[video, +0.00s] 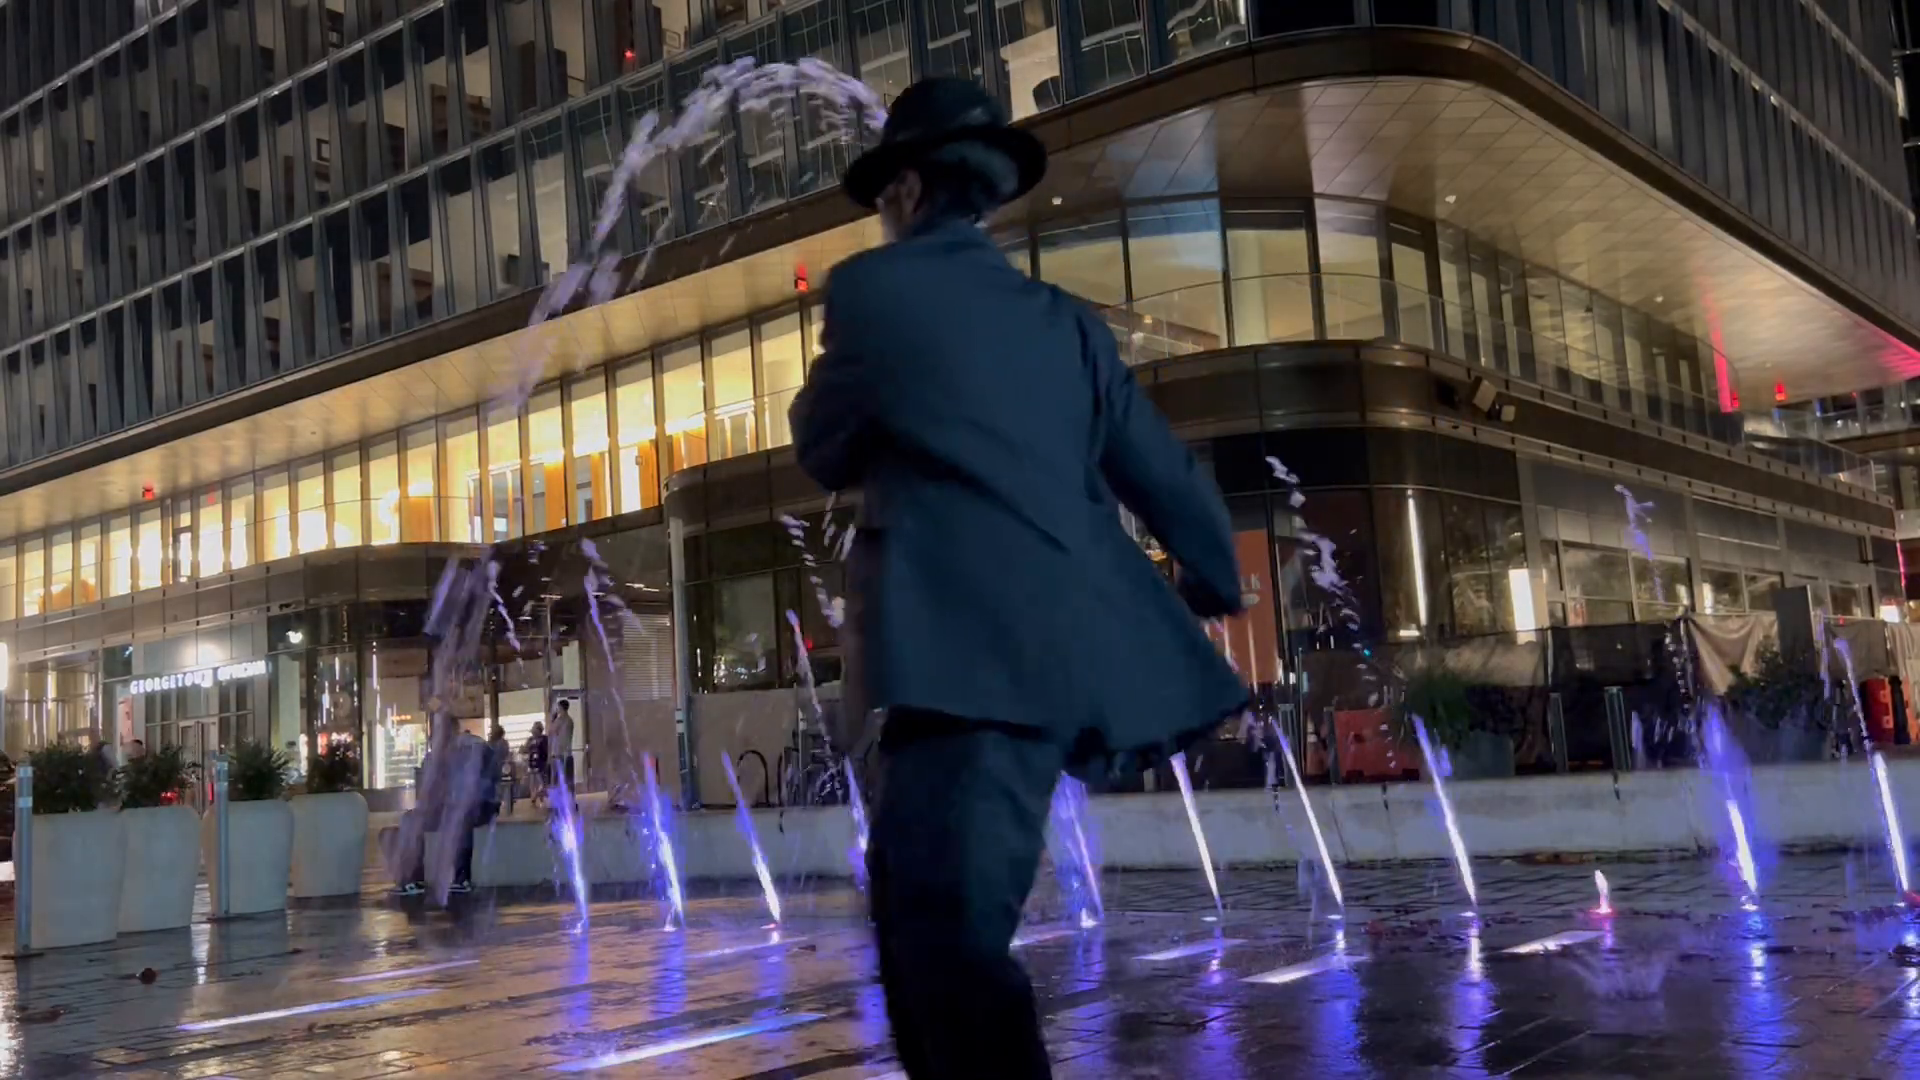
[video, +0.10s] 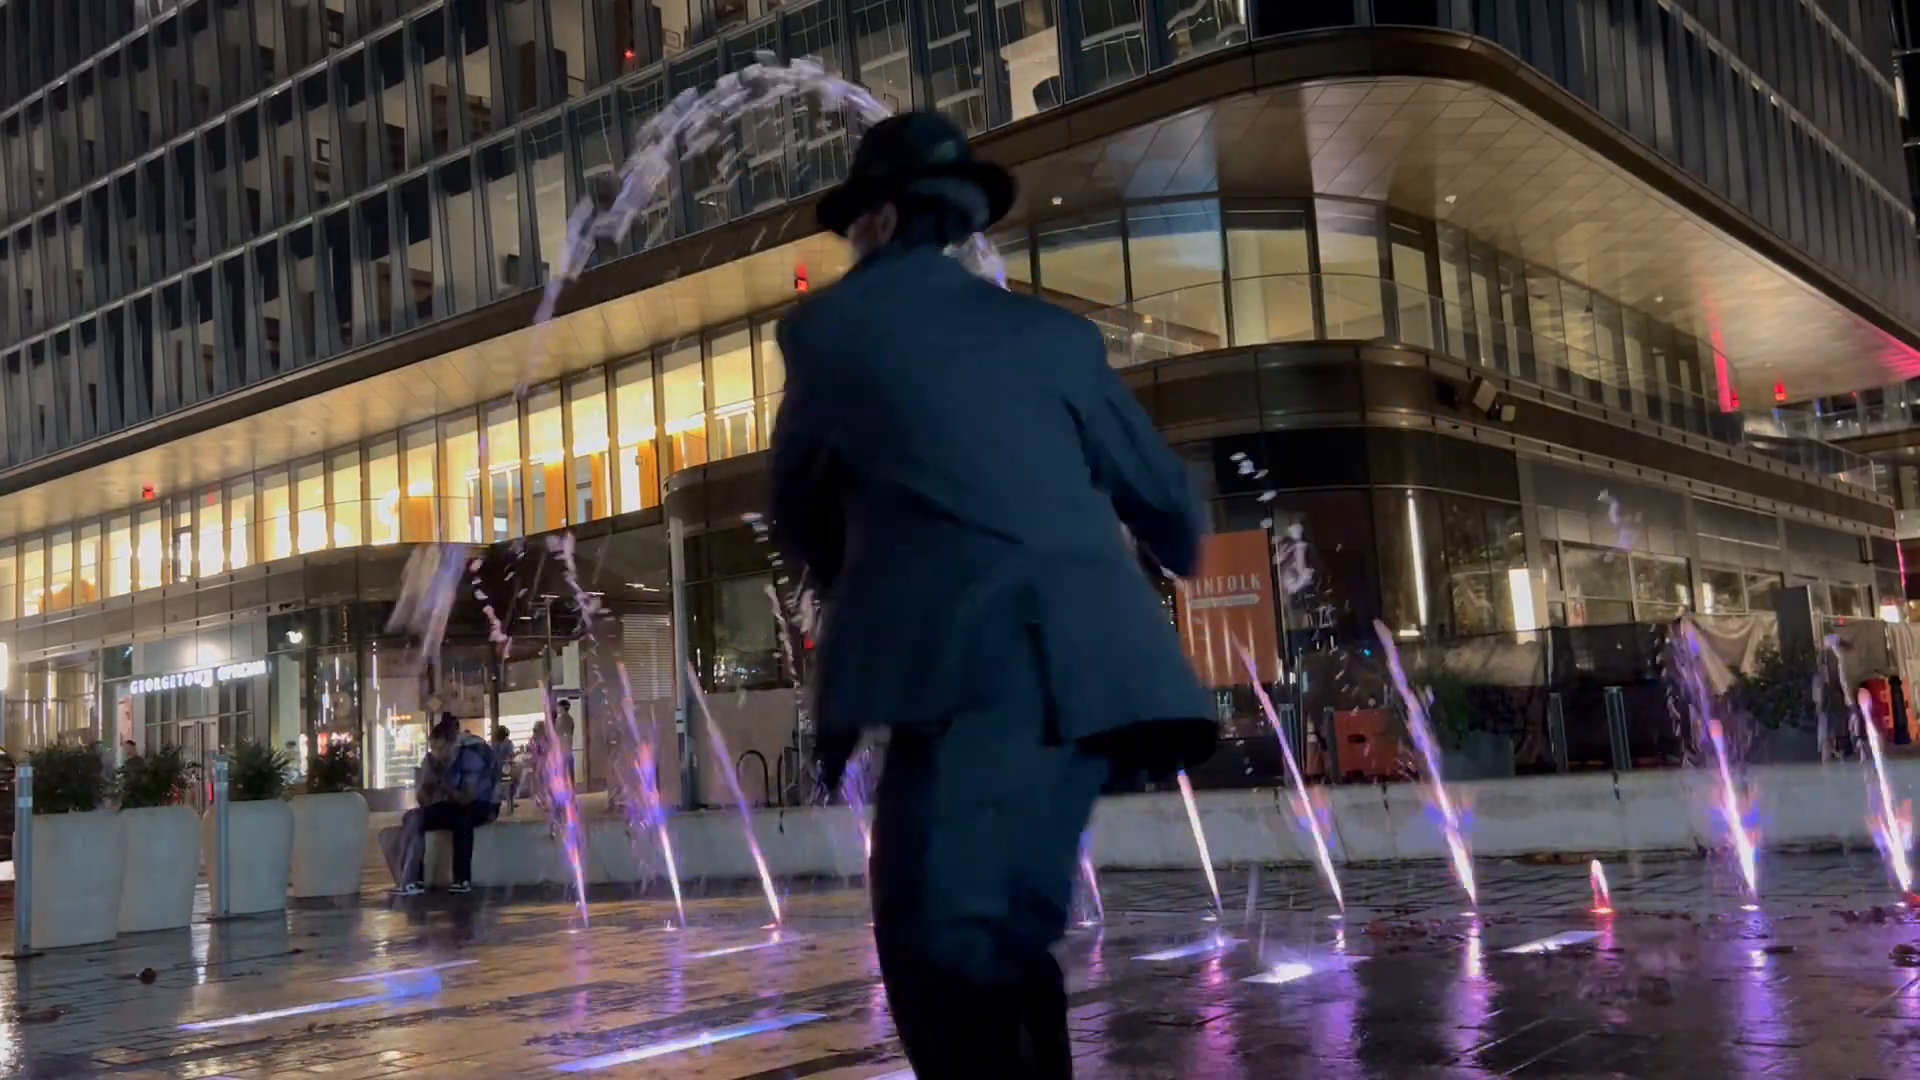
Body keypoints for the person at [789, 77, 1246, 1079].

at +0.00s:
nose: (879, 208)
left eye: (883, 189)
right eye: (881, 189)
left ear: (908, 189)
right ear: (986, 197)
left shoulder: (873, 285)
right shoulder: (1064, 318)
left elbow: (821, 444)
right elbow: (1159, 466)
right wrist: (1216, 579)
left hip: (969, 652)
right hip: (1069, 648)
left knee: (936, 939)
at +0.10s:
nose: (846, 239)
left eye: (853, 219)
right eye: (848, 221)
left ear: (880, 220)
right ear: (970, 227)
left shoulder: (828, 324)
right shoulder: (1050, 327)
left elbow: (798, 505)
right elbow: (1159, 485)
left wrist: (858, 586)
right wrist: (1173, 552)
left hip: (953, 661)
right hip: (1081, 649)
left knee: (925, 940)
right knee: (1022, 931)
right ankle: (1040, 1079)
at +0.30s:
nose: (802, 324)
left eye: (807, 300)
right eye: (798, 303)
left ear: (856, 292)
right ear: (904, 284)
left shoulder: (856, 379)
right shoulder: (1021, 362)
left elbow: (851, 545)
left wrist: (774, 617)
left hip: (1002, 687)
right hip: (1116, 672)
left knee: (958, 955)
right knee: (1051, 957)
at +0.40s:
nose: (792, 286)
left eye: (806, 258)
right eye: (791, 263)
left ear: (878, 254)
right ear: (863, 260)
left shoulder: (933, 337)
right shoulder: (855, 405)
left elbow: (1096, 418)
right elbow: (916, 571)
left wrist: (930, 520)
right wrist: (800, 575)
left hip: (1075, 671)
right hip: (998, 696)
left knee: (986, 943)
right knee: (968, 949)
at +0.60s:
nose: (1085, 189)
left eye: (1084, 170)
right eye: (1061, 165)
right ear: (981, 184)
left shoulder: (1118, 322)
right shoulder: (900, 328)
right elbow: (877, 519)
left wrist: (1162, 476)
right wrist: (1068, 477)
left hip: (1103, 689)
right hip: (949, 700)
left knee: (1151, 955)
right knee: (974, 980)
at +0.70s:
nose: (1150, 215)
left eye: (1145, 190)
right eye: (1132, 186)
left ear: (1075, 196)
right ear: (1061, 191)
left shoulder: (1080, 333)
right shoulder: (1017, 307)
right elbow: (992, 486)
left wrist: (1216, 600)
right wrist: (1183, 538)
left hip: (1032, 659)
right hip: (975, 663)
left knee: (1124, 937)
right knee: (1121, 938)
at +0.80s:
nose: (1119, 226)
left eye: (1117, 206)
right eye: (1111, 204)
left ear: (992, 220)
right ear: (1071, 203)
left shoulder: (915, 334)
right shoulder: (1098, 292)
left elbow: (837, 497)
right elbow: (1151, 435)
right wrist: (1208, 549)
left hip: (914, 663)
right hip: (1023, 645)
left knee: (1058, 930)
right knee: (1179, 858)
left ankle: (1088, 1064)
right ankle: (1141, 1067)